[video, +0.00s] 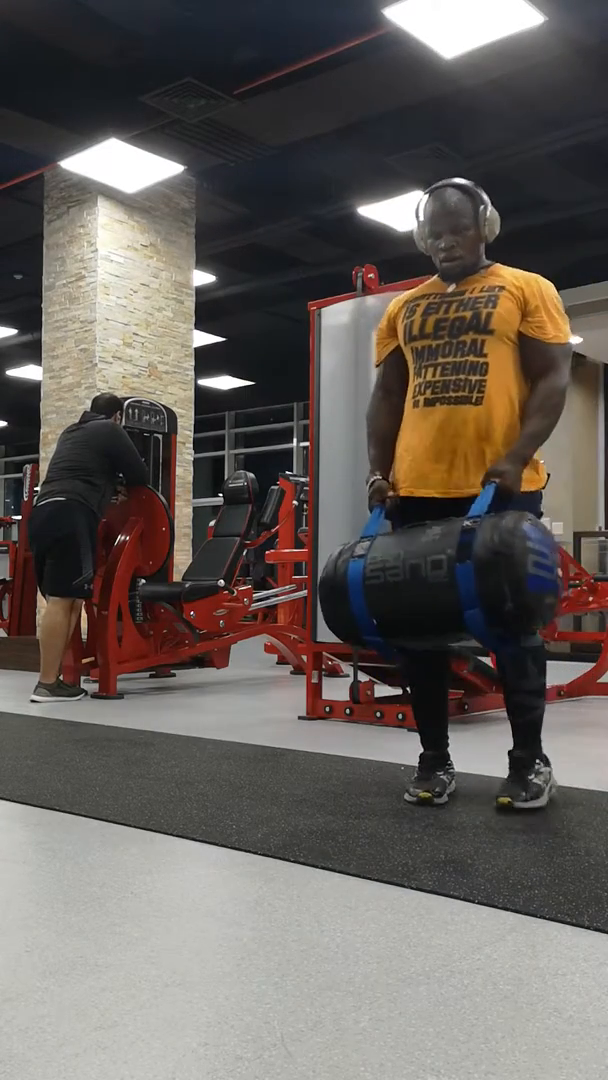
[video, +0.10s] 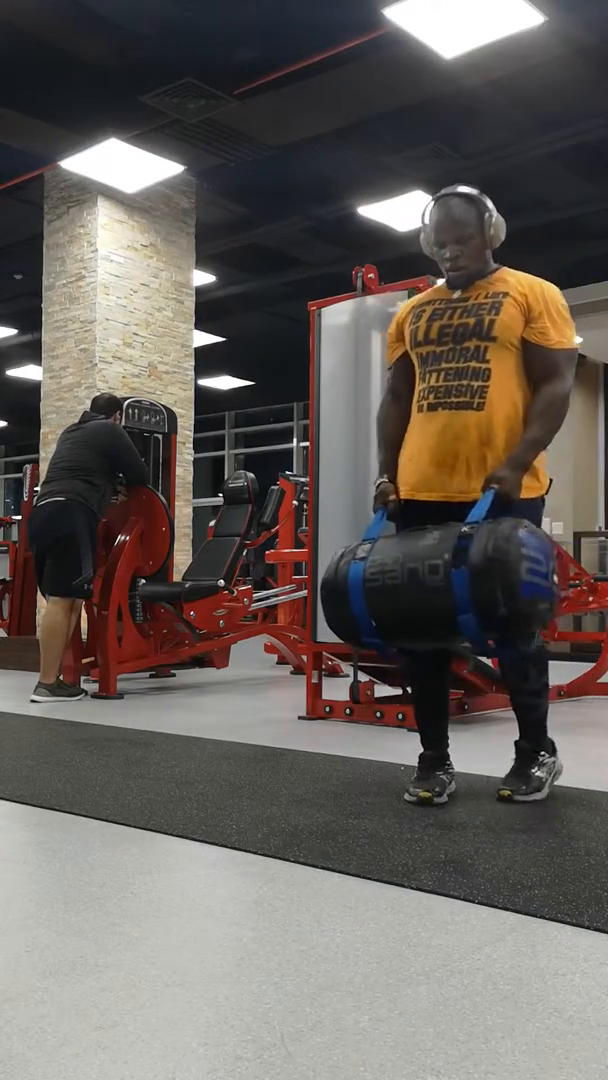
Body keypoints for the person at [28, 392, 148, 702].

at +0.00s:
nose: (122, 423)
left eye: (121, 419)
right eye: (123, 419)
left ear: (92, 413)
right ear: (117, 416)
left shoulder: (70, 431)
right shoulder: (111, 430)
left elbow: (75, 472)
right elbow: (141, 478)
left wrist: (110, 487)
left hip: (42, 511)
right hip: (68, 511)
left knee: (68, 601)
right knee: (59, 601)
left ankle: (54, 679)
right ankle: (47, 683)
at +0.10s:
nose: (122, 423)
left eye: (121, 419)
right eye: (122, 419)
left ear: (91, 413)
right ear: (116, 416)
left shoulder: (70, 431)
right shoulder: (111, 430)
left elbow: (75, 472)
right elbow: (141, 478)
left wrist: (110, 487)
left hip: (42, 512)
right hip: (68, 511)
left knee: (67, 601)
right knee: (59, 601)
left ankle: (54, 679)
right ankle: (47, 682)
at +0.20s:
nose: (122, 423)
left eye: (121, 419)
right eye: (122, 419)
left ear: (91, 413)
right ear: (116, 416)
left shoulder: (70, 431)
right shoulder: (111, 430)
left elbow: (75, 472)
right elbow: (141, 478)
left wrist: (110, 487)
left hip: (42, 511)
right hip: (68, 511)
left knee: (67, 601)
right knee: (59, 601)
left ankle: (54, 679)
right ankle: (47, 682)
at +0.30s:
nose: (122, 423)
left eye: (121, 419)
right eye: (122, 419)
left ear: (91, 413)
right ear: (116, 416)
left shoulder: (70, 431)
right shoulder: (111, 430)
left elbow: (75, 472)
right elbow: (141, 478)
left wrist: (110, 487)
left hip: (42, 512)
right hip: (68, 511)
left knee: (68, 601)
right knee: (59, 601)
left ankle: (54, 679)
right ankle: (47, 682)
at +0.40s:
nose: (122, 423)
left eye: (121, 419)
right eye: (122, 419)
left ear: (91, 413)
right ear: (116, 416)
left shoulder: (70, 431)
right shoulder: (110, 430)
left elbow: (75, 472)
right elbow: (141, 478)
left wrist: (109, 487)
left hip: (42, 511)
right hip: (68, 511)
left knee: (68, 601)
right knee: (59, 601)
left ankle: (54, 678)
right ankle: (47, 682)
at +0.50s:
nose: (121, 423)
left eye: (120, 419)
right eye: (121, 418)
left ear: (91, 412)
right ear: (115, 416)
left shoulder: (70, 431)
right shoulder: (110, 430)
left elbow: (77, 470)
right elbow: (140, 477)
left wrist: (110, 484)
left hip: (42, 510)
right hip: (67, 510)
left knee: (68, 601)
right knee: (59, 601)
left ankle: (54, 678)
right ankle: (47, 682)